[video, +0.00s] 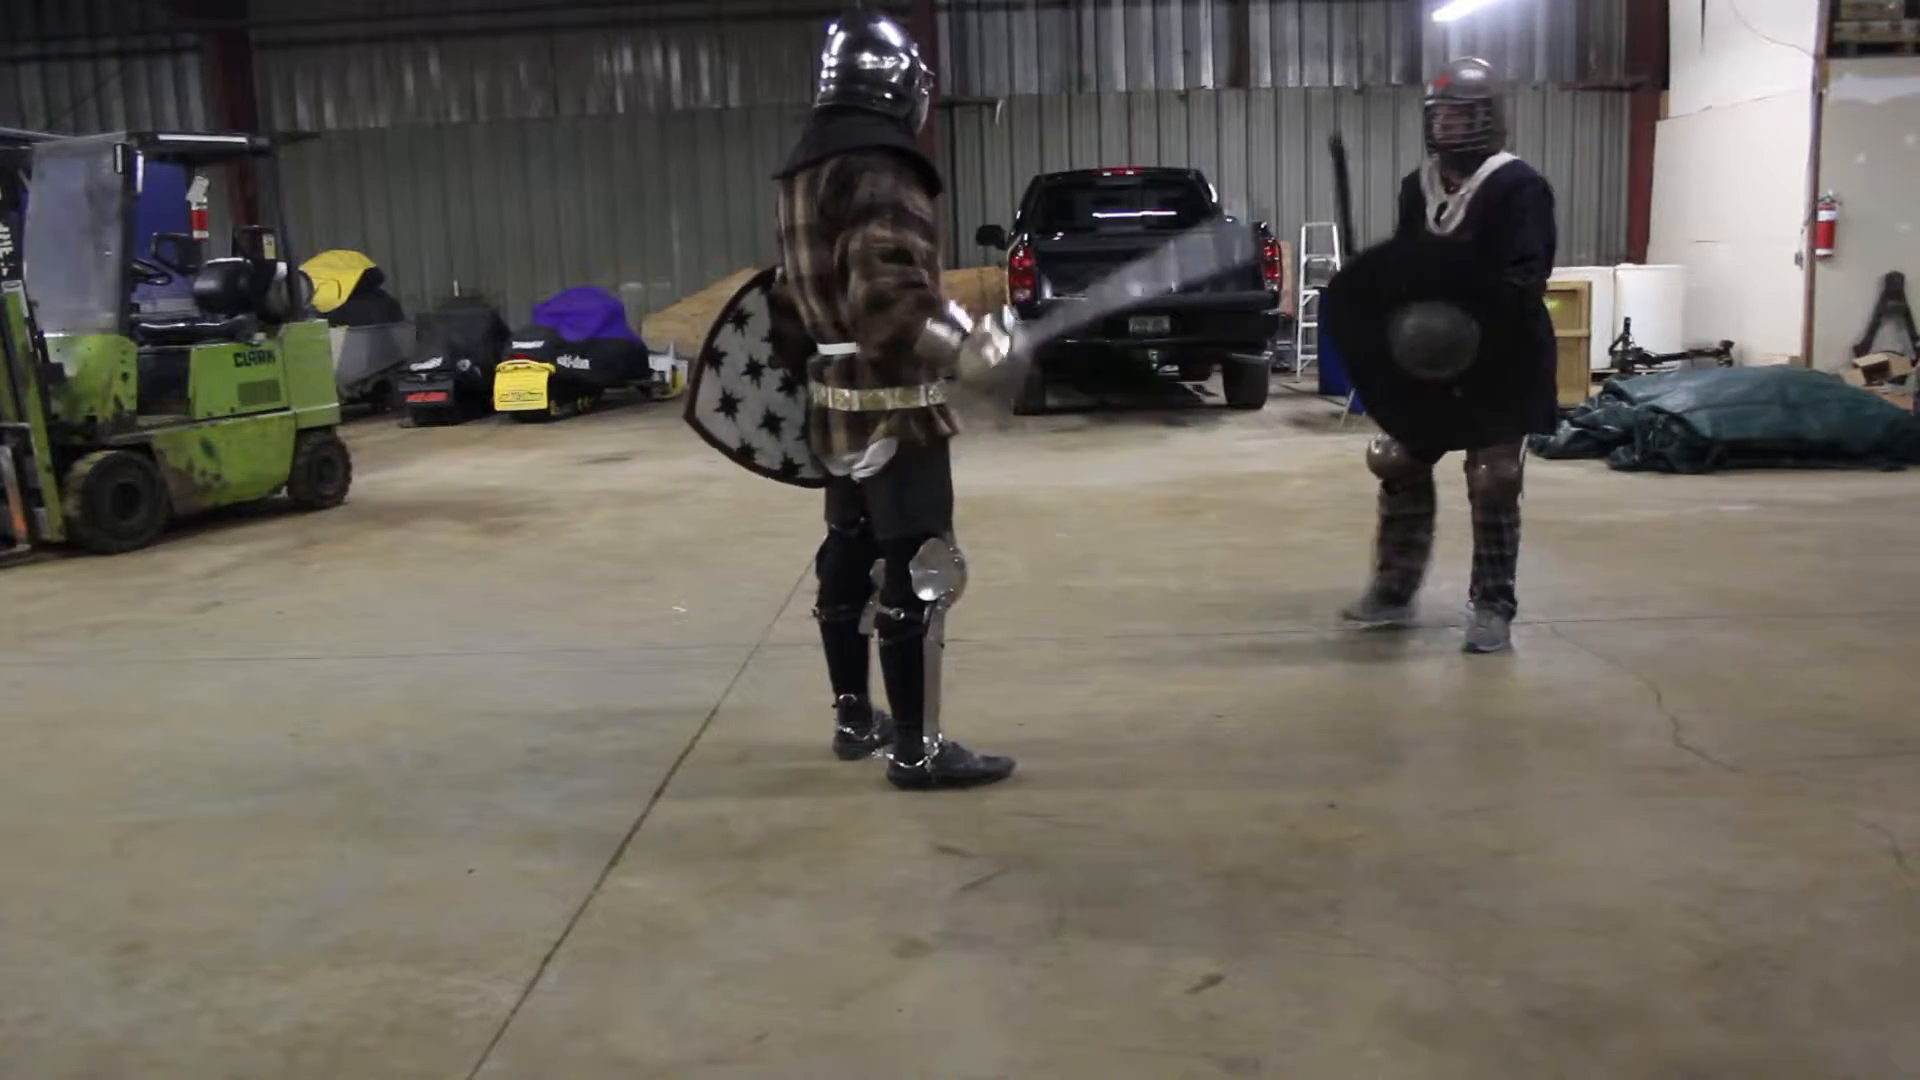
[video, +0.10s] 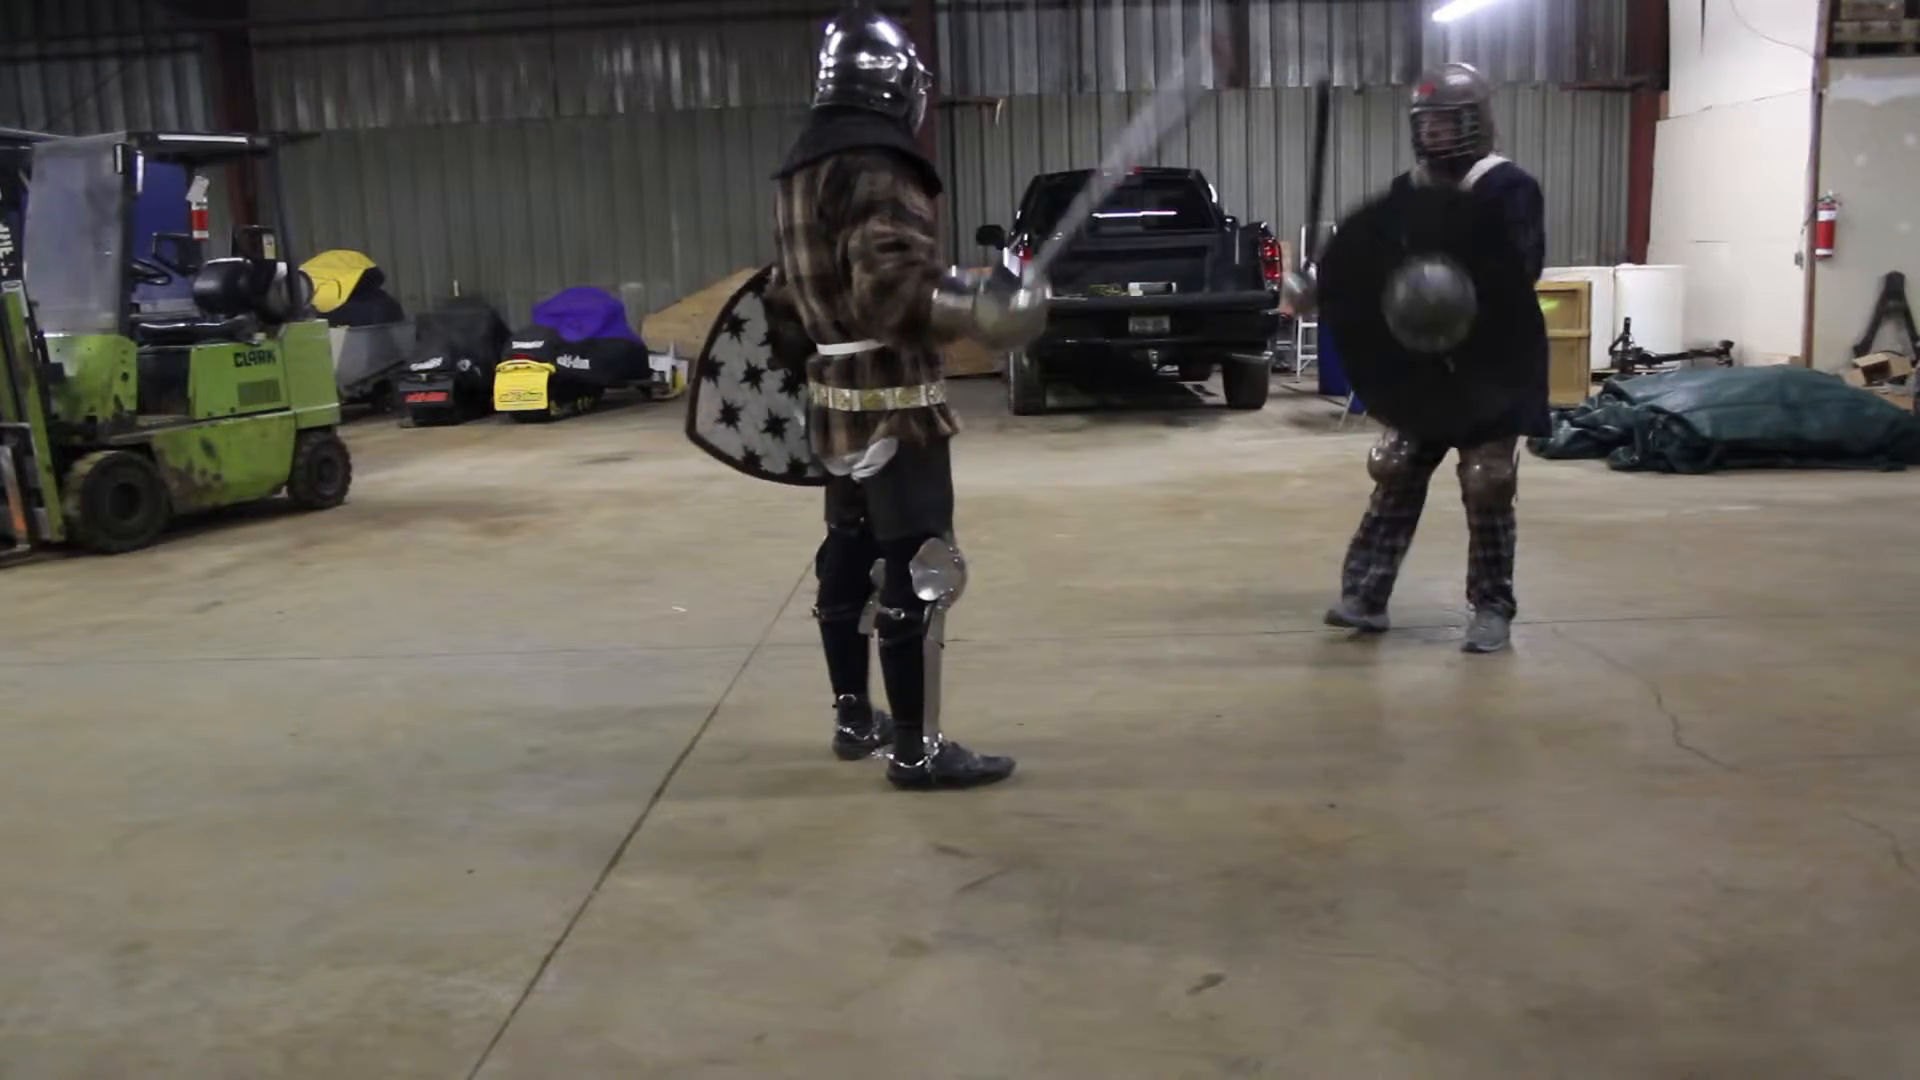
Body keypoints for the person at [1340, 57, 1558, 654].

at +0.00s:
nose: (1448, 124)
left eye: (1463, 113)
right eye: (1439, 113)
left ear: (1490, 119)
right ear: (1428, 118)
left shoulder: (1520, 187)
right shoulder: (1417, 188)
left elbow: (1526, 279)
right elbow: (1403, 272)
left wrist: (1467, 320)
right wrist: (1400, 330)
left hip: (1503, 363)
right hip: (1429, 359)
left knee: (1493, 475)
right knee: (1398, 459)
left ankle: (1491, 608)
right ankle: (1393, 593)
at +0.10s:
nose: (1432, 131)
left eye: (1446, 120)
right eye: (1423, 120)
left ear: (1477, 122)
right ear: (1414, 125)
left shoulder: (1509, 188)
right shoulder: (1406, 189)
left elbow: (1519, 271)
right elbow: (1374, 262)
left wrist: (1459, 302)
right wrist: (1327, 283)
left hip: (1495, 367)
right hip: (1419, 364)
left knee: (1487, 480)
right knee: (1396, 469)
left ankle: (1491, 609)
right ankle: (1364, 597)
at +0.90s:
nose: (1375, 159)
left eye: (1386, 148)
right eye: (1363, 150)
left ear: (1409, 153)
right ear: (1350, 161)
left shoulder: (1448, 195)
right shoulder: (1342, 209)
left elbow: (1441, 181)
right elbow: (1278, 242)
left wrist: (1409, 130)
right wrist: (1270, 176)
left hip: (1454, 334)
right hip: (1382, 338)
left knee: (1462, 472)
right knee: (1361, 467)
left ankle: (1490, 590)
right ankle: (1364, 601)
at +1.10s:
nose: (1412, 139)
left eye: (1423, 126)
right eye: (1400, 127)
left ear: (1442, 131)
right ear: (1380, 135)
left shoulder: (1471, 196)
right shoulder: (1365, 202)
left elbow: (1468, 249)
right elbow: (1307, 256)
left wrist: (1429, 180)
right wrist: (1289, 199)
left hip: (1471, 341)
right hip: (1399, 343)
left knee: (1481, 478)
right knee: (1371, 471)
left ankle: (1506, 597)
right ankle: (1365, 603)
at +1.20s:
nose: (1423, 144)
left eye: (1435, 131)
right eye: (1409, 131)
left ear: (1457, 136)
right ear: (1390, 137)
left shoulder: (1486, 198)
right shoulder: (1377, 197)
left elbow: (1487, 278)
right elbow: (1324, 265)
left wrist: (1438, 200)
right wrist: (1301, 213)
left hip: (1484, 342)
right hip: (1413, 344)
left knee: (1497, 482)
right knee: (1380, 472)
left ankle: (1507, 598)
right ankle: (1367, 602)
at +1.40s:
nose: (1443, 144)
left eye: (1458, 132)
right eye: (1434, 131)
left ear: (1481, 138)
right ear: (1419, 136)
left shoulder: (1515, 203)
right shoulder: (1408, 205)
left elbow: (1504, 286)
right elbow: (1351, 274)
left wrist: (1453, 223)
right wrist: (1315, 236)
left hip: (1507, 349)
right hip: (1437, 350)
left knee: (1509, 487)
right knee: (1395, 473)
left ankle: (1508, 600)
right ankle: (1372, 601)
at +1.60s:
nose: (1449, 154)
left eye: (1463, 142)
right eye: (1439, 144)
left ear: (1487, 149)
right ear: (1425, 157)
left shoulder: (1521, 202)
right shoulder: (1417, 214)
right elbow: (1352, 256)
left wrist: (1483, 134)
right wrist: (1315, 213)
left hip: (1518, 348)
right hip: (1446, 351)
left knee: (1515, 484)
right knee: (1396, 466)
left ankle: (1508, 598)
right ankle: (1371, 596)